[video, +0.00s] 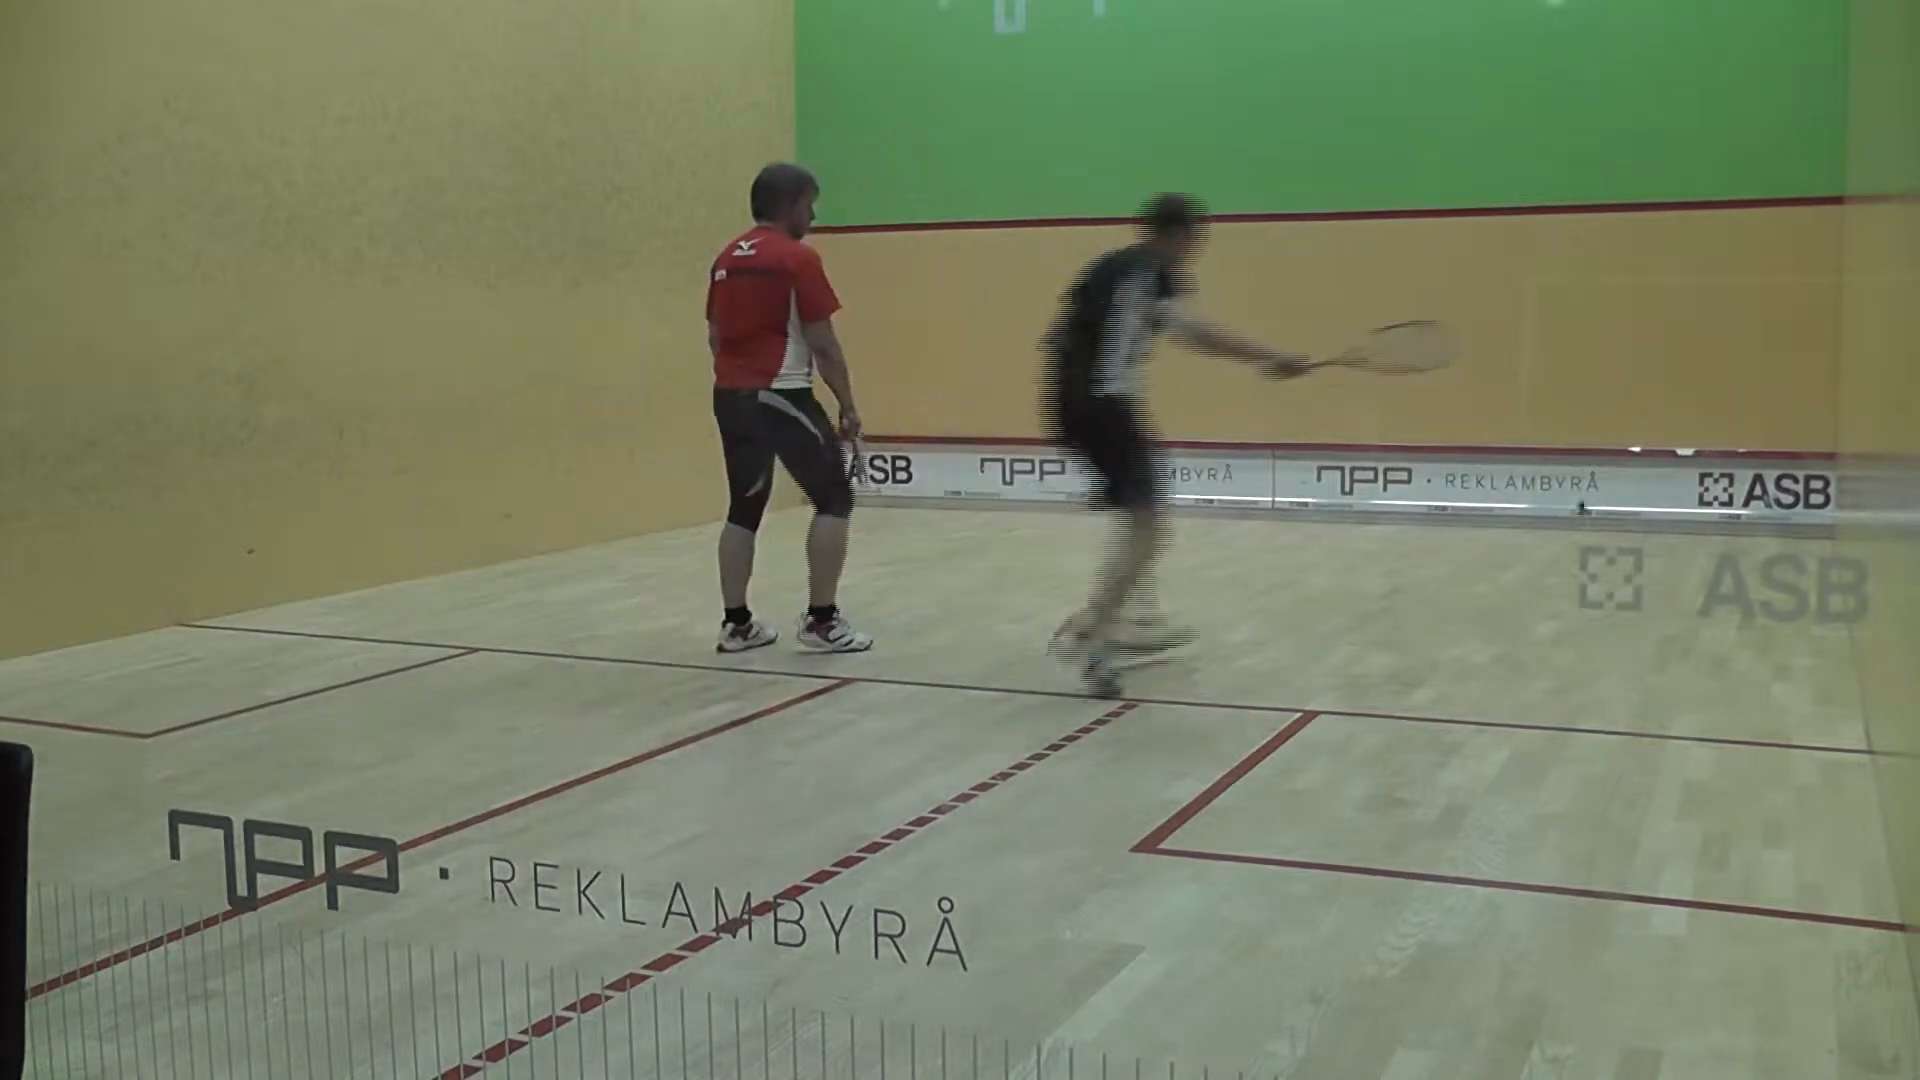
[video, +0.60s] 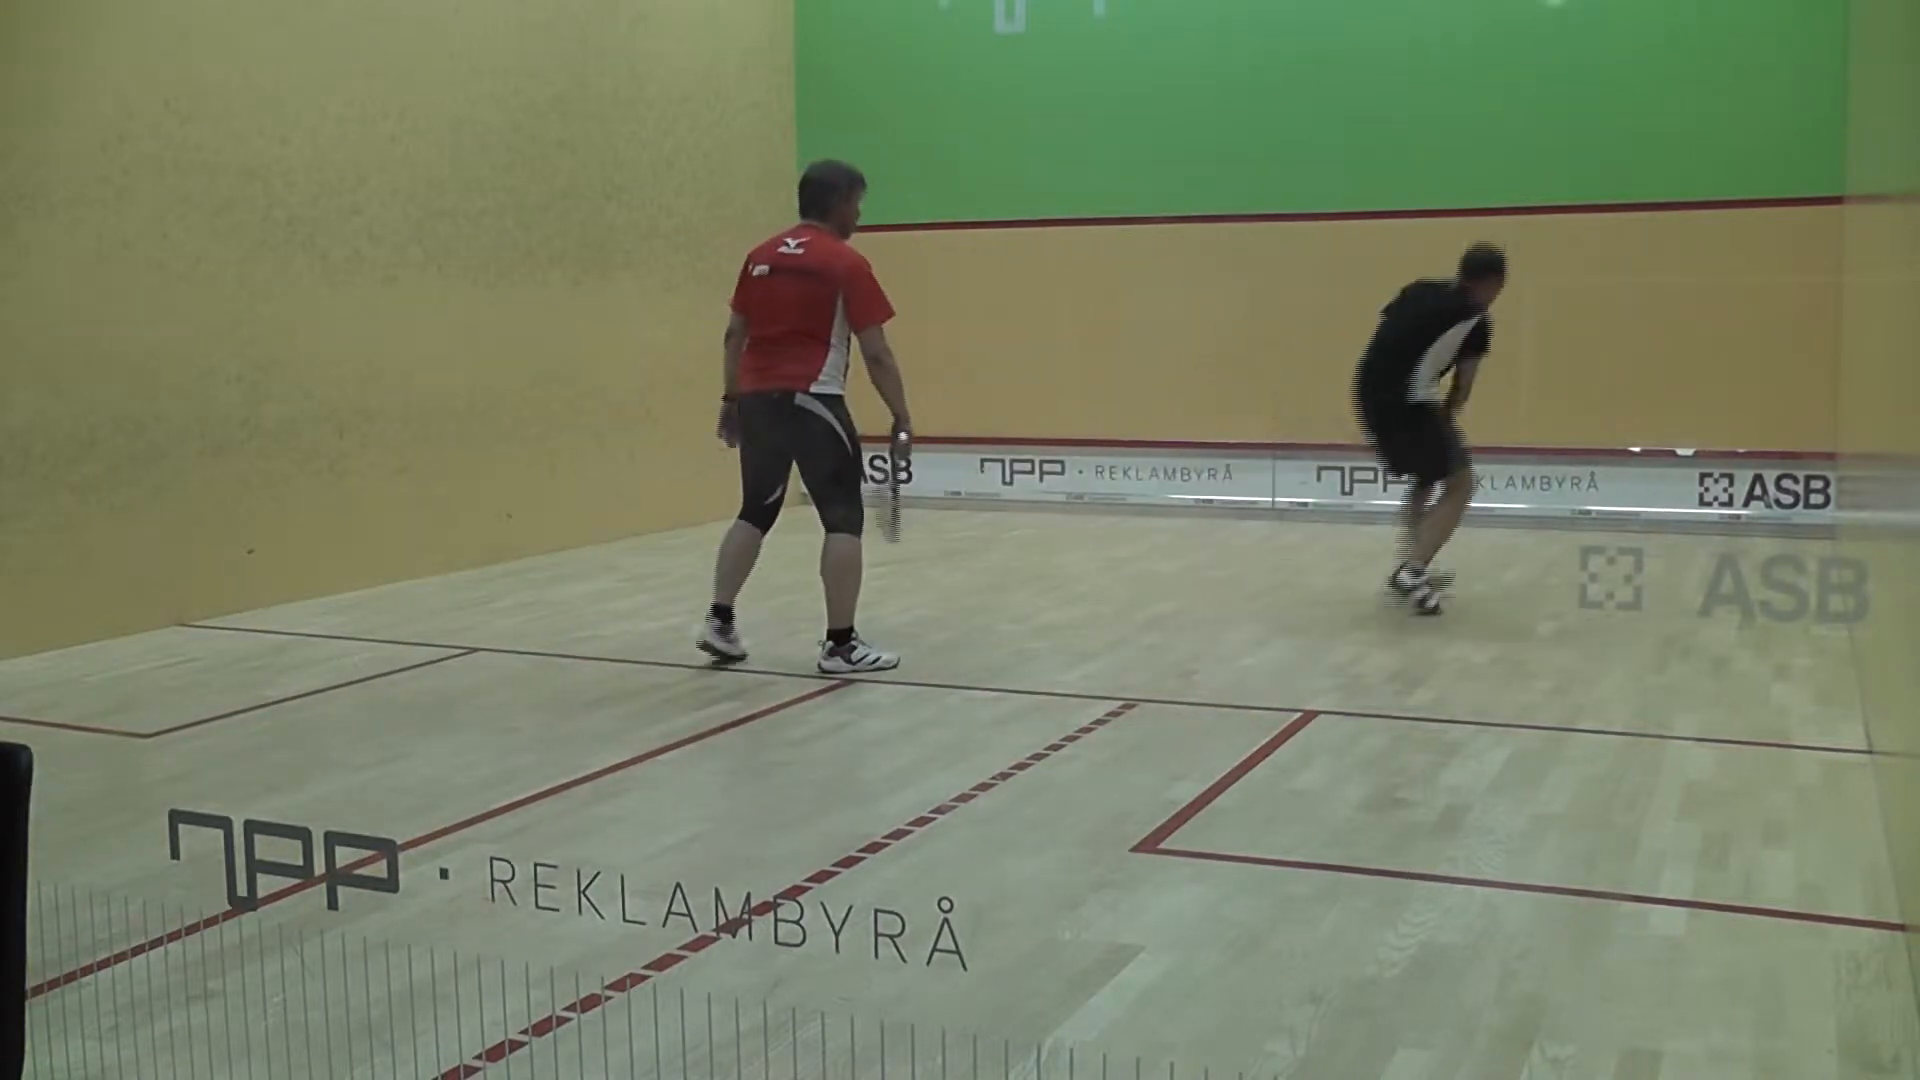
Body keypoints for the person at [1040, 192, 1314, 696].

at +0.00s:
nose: (1194, 248)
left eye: (1196, 238)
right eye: (1188, 237)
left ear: (1171, 236)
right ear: (1165, 234)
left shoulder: (1154, 280)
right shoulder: (1128, 274)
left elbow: (1200, 334)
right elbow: (1201, 334)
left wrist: (1267, 359)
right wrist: (1267, 360)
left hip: (1112, 409)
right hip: (1096, 410)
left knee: (1145, 520)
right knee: (1143, 528)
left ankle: (1126, 621)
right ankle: (1095, 634)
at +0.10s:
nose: (1270, 269)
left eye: (1272, 258)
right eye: (1267, 257)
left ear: (1235, 249)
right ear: (1247, 251)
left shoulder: (1191, 282)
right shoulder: (1224, 285)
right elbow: (1281, 327)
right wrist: (1357, 337)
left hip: (1165, 417)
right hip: (1193, 415)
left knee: (1233, 513)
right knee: (1250, 512)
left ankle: (1245, 618)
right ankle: (1193, 588)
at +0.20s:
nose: (1319, 290)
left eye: (1323, 280)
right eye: (1320, 279)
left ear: (1286, 266)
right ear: (1304, 271)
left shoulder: (1238, 298)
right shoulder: (1278, 299)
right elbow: (1325, 349)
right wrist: (1401, 353)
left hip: (1207, 428)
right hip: (1246, 422)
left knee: (1269, 512)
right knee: (1313, 500)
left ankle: (1251, 618)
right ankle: (1293, 585)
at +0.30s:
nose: (1403, 304)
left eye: (1404, 294)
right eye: (1399, 294)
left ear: (1370, 286)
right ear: (1381, 289)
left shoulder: (1314, 304)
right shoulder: (1365, 330)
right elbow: (1399, 407)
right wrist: (1467, 424)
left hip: (1263, 420)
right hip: (1307, 421)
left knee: (1306, 520)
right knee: (1360, 499)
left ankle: (1259, 592)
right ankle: (1394, 587)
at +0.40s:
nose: (1438, 316)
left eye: (1440, 308)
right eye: (1435, 307)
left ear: (1403, 297)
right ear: (1418, 302)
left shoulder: (1356, 316)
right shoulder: (1403, 346)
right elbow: (1442, 428)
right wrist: (1497, 470)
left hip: (1301, 432)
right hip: (1342, 434)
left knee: (1334, 523)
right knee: (1403, 491)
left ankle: (1284, 571)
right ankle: (1402, 593)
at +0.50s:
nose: (1482, 313)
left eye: (1484, 305)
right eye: (1481, 305)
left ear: (1447, 294)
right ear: (1464, 302)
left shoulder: (1402, 307)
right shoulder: (1455, 345)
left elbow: (1361, 363)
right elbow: (1457, 410)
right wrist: (1464, 464)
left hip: (1346, 415)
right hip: (1383, 422)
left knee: (1405, 484)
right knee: (1444, 486)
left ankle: (1351, 566)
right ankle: (1405, 586)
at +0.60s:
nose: (1497, 292)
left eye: (1498, 284)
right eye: (1497, 285)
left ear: (1464, 274)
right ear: (1489, 283)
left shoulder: (1420, 291)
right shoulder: (1476, 323)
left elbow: (1384, 333)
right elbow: (1461, 388)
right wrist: (1446, 418)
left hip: (1374, 396)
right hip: (1413, 404)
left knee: (1423, 478)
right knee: (1460, 487)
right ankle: (1413, 570)